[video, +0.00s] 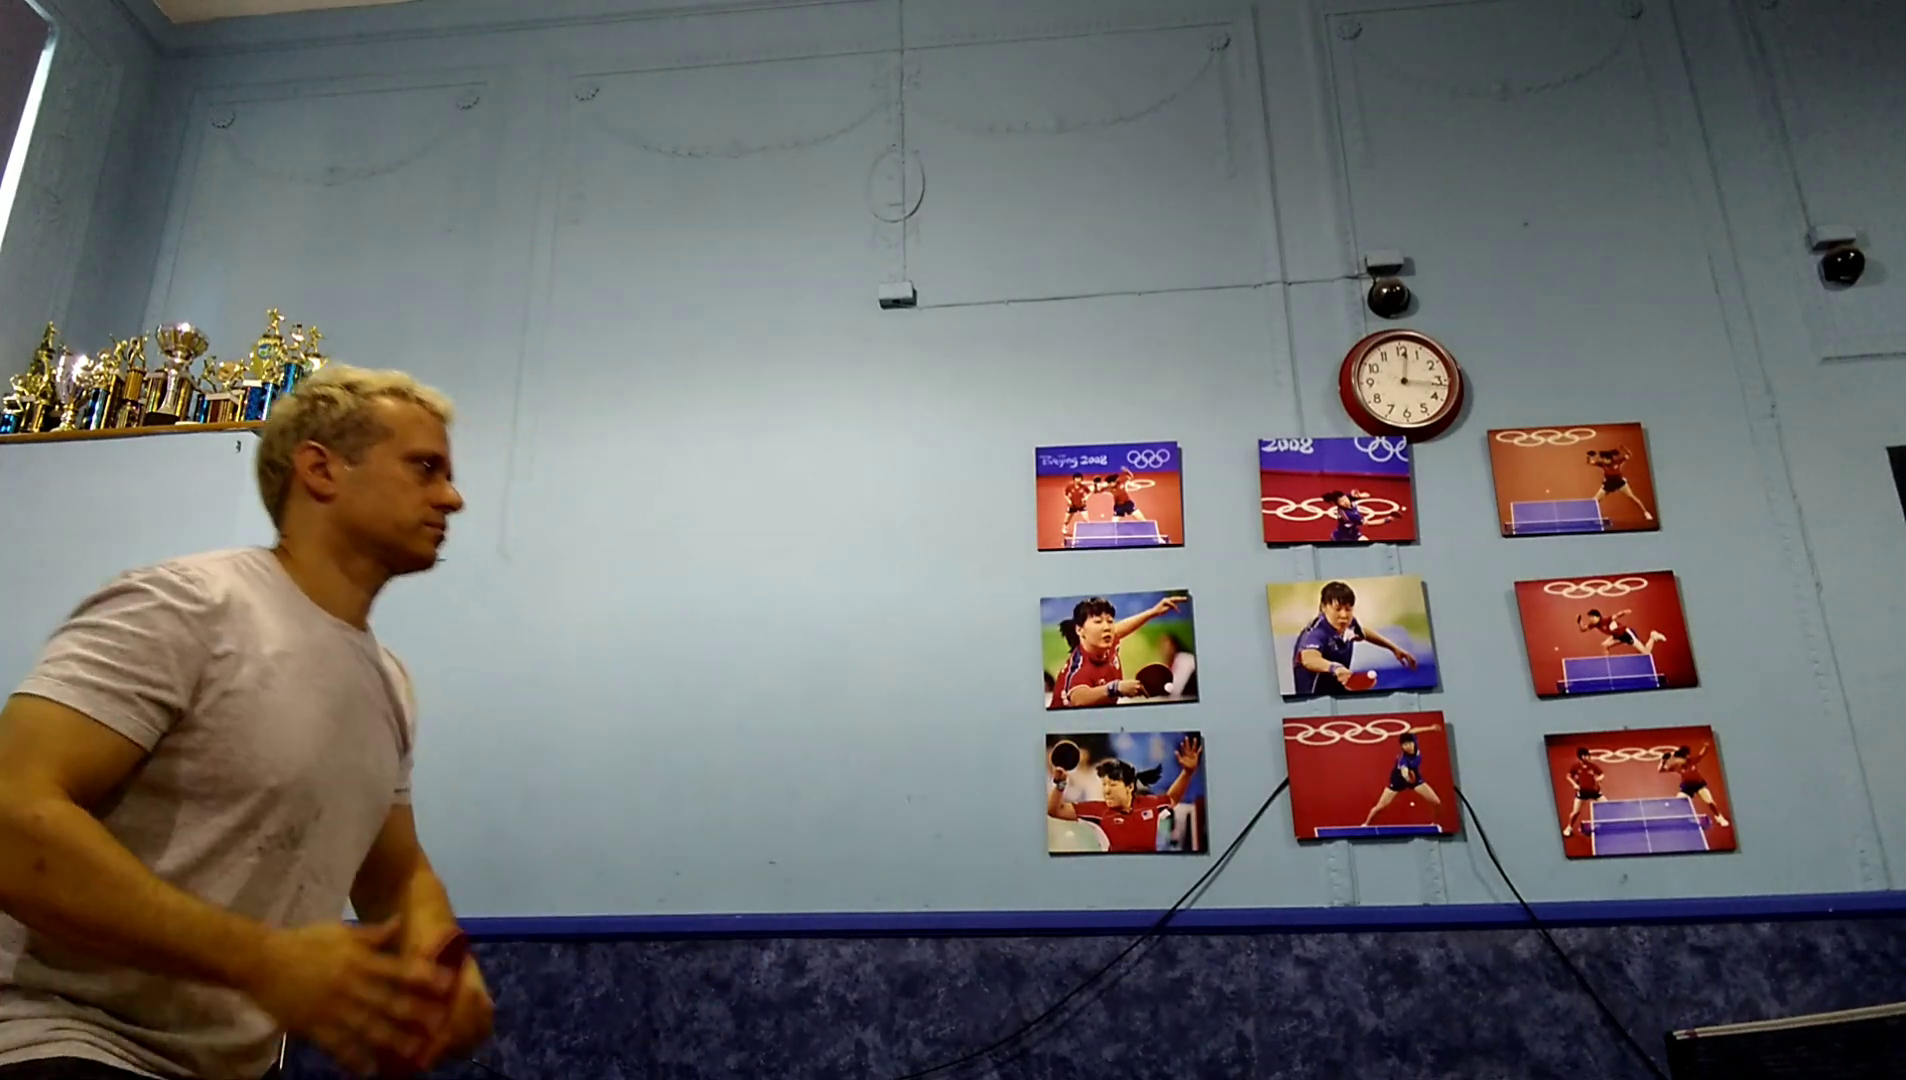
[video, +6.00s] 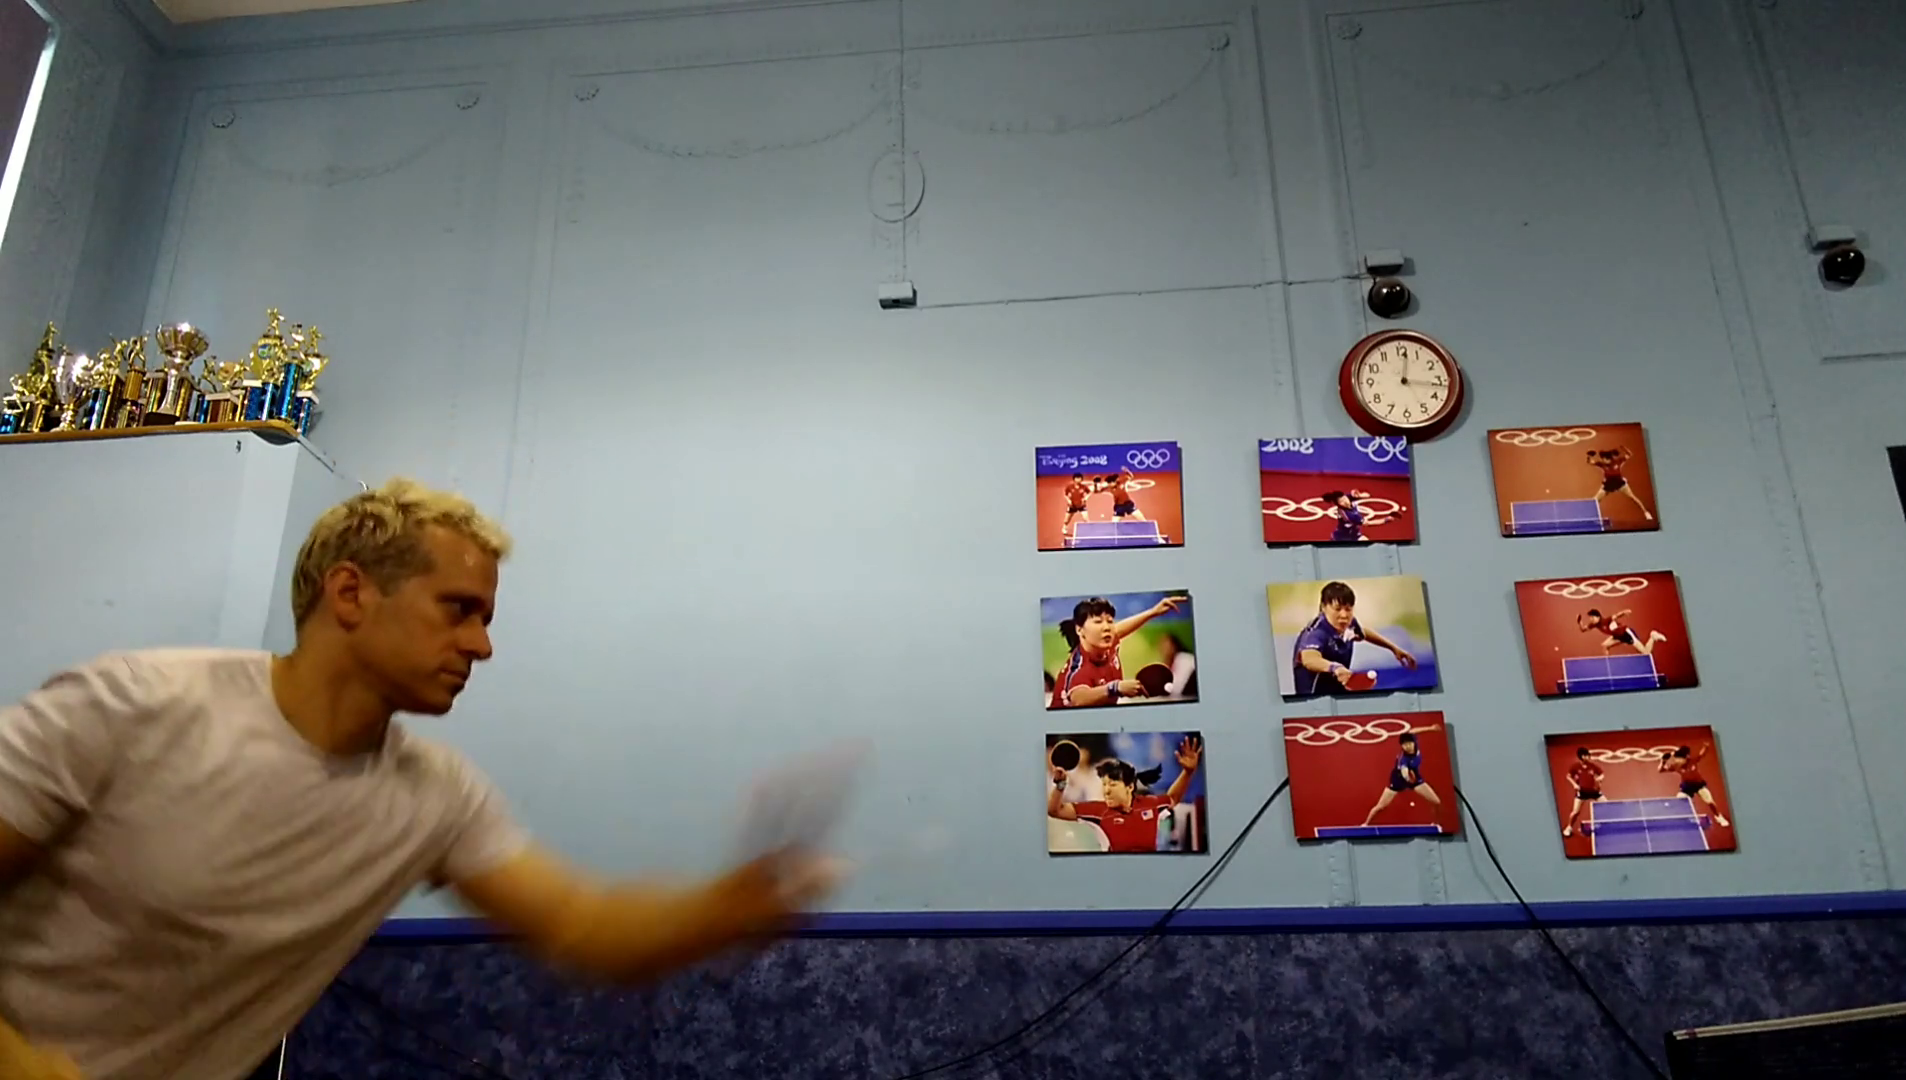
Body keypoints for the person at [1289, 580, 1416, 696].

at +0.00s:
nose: (1344, 615)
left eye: (1348, 609)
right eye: (1338, 609)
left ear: (1353, 609)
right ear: (1324, 608)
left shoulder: (1349, 624)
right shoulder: (1315, 633)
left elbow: (1364, 634)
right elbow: (1309, 660)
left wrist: (1395, 649)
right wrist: (1335, 668)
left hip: (1341, 705)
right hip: (1314, 708)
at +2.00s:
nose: (1344, 615)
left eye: (1348, 609)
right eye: (1338, 609)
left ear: (1353, 609)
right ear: (1324, 608)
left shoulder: (1349, 624)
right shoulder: (1315, 633)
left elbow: (1364, 634)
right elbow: (1309, 660)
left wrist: (1395, 649)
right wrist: (1335, 668)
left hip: (1341, 705)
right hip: (1314, 708)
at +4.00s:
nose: (1344, 615)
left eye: (1348, 609)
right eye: (1338, 609)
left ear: (1353, 609)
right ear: (1324, 608)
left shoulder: (1349, 624)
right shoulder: (1316, 632)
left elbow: (1364, 634)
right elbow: (1309, 660)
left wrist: (1395, 649)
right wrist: (1335, 668)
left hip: (1341, 703)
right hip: (1314, 708)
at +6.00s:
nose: (1344, 615)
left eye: (1348, 609)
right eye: (1338, 609)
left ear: (1353, 609)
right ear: (1324, 608)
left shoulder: (1349, 624)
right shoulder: (1315, 633)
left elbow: (1364, 634)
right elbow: (1309, 660)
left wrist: (1395, 649)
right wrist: (1335, 667)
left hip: (1341, 703)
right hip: (1314, 708)